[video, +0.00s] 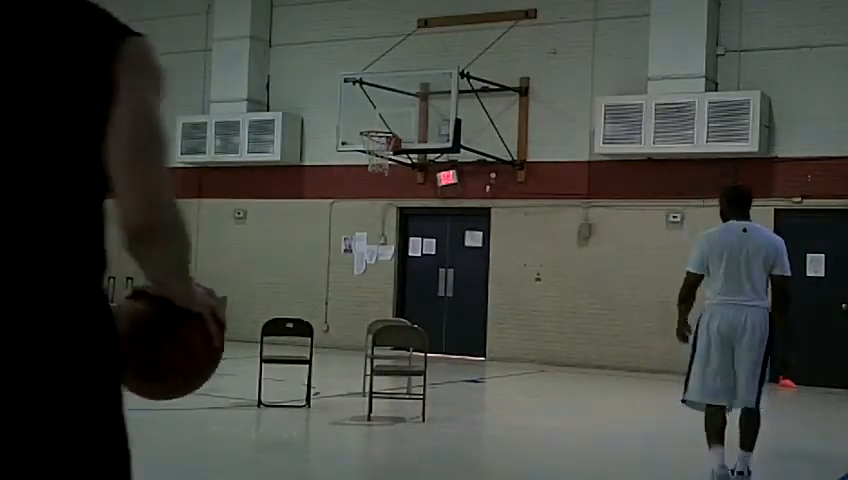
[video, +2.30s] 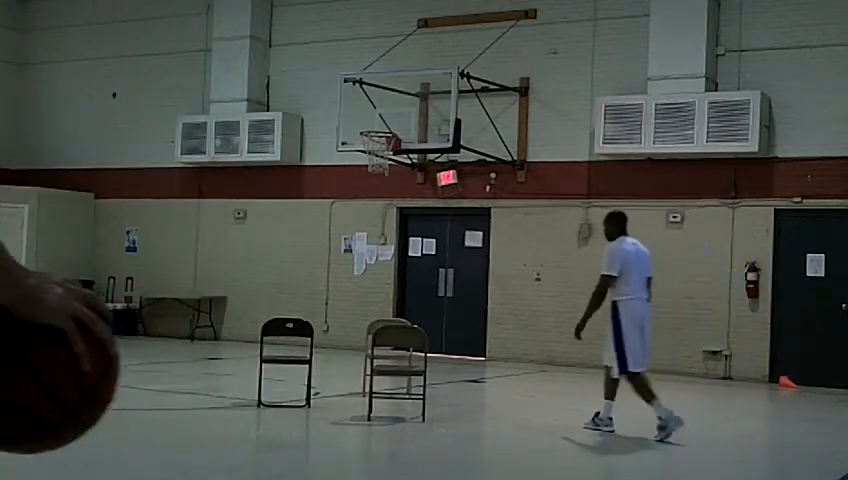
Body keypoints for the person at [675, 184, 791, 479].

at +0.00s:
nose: (719, 210)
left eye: (721, 206)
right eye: (721, 205)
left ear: (724, 208)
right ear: (749, 207)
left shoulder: (710, 240)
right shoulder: (772, 241)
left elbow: (689, 287)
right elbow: (781, 292)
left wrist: (681, 319)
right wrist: (781, 333)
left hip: (716, 319)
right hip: (756, 320)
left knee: (714, 396)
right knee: (751, 397)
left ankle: (717, 466)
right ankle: (743, 466)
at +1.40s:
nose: (706, 222)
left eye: (707, 218)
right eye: (707, 218)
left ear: (713, 219)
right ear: (730, 219)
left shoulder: (709, 242)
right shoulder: (752, 246)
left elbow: (701, 286)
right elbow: (758, 290)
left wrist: (693, 329)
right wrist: (755, 322)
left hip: (717, 309)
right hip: (747, 311)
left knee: (693, 370)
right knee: (748, 377)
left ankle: (702, 430)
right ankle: (754, 441)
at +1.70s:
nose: (668, 230)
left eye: (670, 225)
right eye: (668, 225)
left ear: (678, 225)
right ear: (691, 224)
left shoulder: (680, 249)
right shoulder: (715, 248)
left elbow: (678, 292)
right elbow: (720, 289)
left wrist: (675, 333)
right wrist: (716, 318)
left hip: (693, 313)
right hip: (719, 312)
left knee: (680, 370)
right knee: (723, 371)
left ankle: (679, 427)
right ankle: (746, 422)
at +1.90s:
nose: (649, 225)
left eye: (651, 221)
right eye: (649, 221)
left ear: (660, 221)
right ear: (671, 220)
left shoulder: (662, 245)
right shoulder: (692, 244)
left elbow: (654, 288)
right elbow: (698, 282)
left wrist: (635, 326)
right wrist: (693, 308)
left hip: (671, 307)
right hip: (693, 305)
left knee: (670, 369)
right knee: (682, 367)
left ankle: (678, 429)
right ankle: (704, 411)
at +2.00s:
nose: (639, 226)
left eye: (641, 221)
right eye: (639, 221)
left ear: (649, 222)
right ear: (661, 220)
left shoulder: (653, 245)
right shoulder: (680, 244)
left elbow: (641, 286)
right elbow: (687, 278)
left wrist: (618, 318)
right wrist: (683, 304)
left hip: (661, 305)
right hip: (681, 304)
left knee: (662, 368)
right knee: (665, 366)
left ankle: (677, 428)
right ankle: (670, 419)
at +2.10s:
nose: (628, 228)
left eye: (630, 223)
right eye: (628, 223)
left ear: (638, 224)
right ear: (648, 223)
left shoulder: (641, 248)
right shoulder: (668, 246)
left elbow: (626, 288)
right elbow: (675, 281)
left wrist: (603, 314)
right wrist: (671, 305)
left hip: (650, 305)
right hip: (669, 304)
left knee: (658, 367)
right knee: (646, 364)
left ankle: (677, 427)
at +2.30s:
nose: (604, 231)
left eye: (606, 226)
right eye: (604, 226)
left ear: (614, 227)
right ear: (624, 226)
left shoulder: (616, 248)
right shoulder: (642, 249)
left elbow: (603, 287)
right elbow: (647, 288)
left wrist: (583, 321)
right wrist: (643, 312)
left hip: (624, 307)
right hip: (640, 306)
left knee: (629, 368)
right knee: (612, 364)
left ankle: (665, 415)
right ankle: (605, 417)